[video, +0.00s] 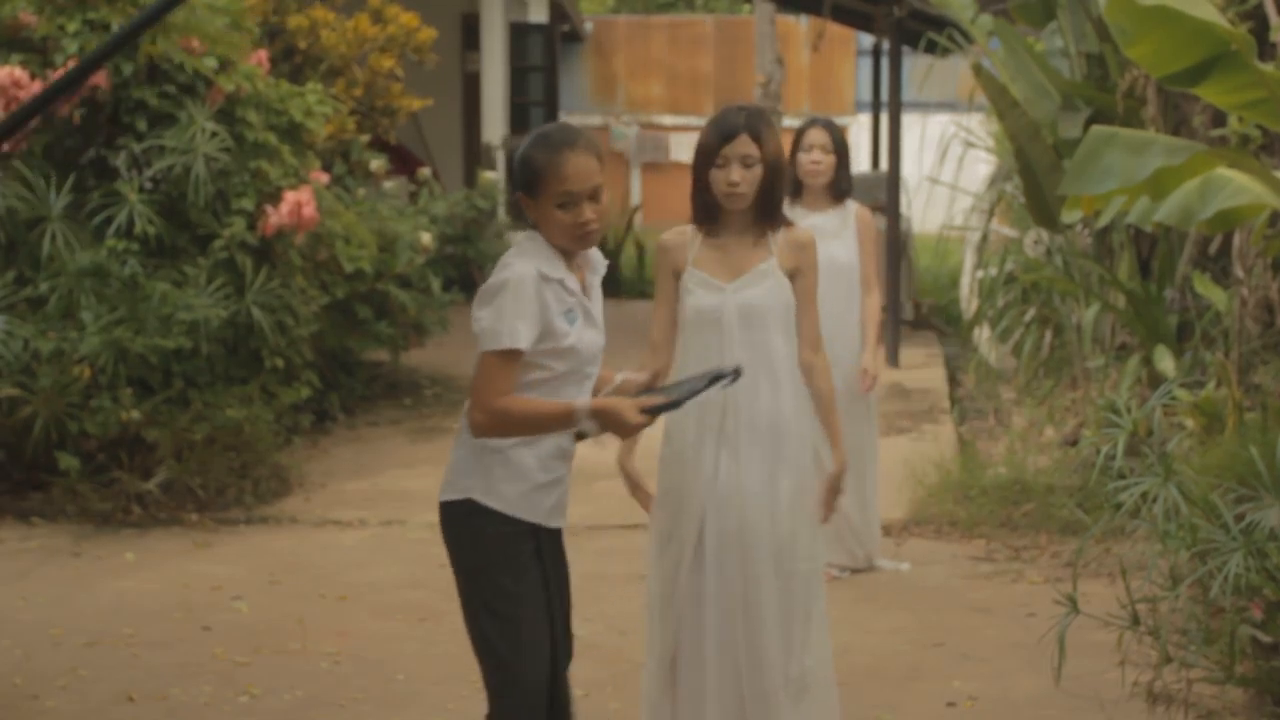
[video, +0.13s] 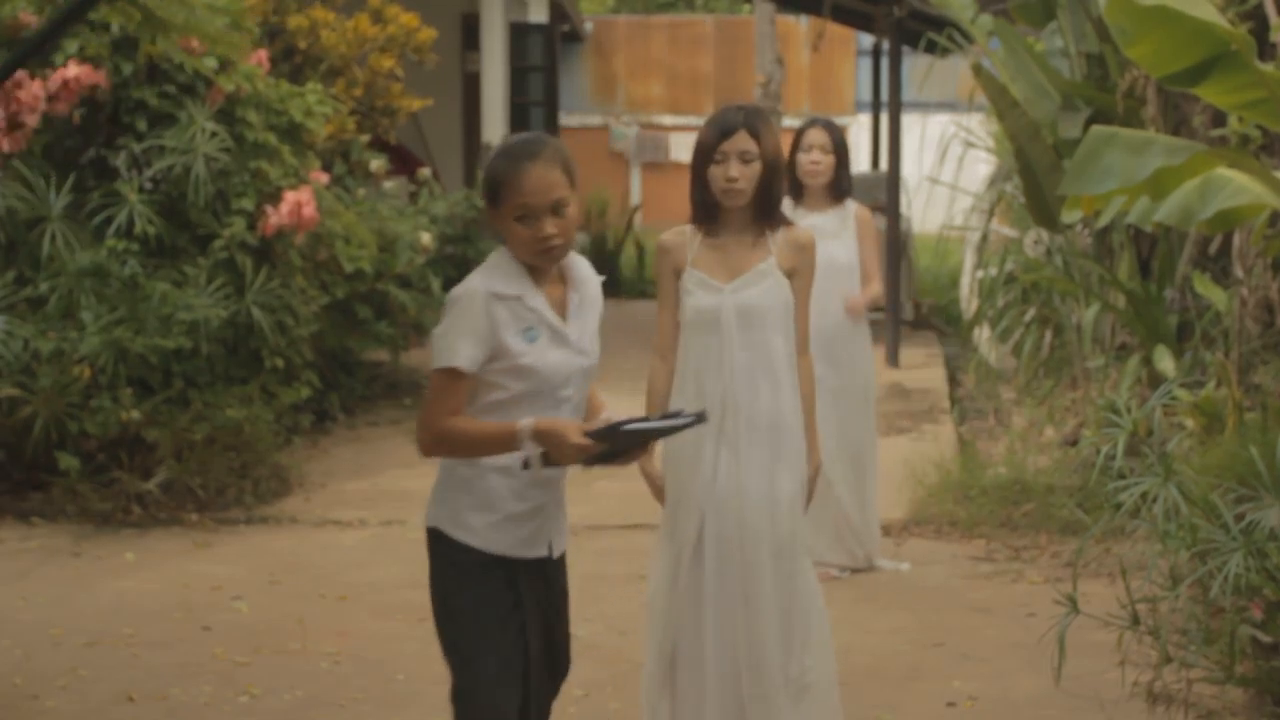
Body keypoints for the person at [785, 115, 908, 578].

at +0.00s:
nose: (815, 159)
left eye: (825, 151)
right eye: (807, 150)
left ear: (840, 160)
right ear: (793, 159)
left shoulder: (858, 218)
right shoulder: (779, 218)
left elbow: (871, 288)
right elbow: (769, 290)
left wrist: (871, 349)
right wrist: (773, 351)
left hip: (846, 348)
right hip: (793, 348)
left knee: (851, 447)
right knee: (800, 445)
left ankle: (852, 545)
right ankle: (807, 547)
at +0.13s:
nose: (815, 160)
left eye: (825, 151)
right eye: (806, 151)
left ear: (840, 160)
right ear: (793, 159)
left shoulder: (857, 217)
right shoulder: (780, 217)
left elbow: (875, 280)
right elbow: (763, 275)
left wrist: (862, 298)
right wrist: (776, 309)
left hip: (845, 345)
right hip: (793, 344)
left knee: (849, 442)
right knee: (801, 440)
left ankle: (851, 544)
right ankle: (807, 546)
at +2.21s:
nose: (819, 162)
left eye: (829, 155)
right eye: (812, 152)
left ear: (841, 162)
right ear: (798, 157)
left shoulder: (859, 218)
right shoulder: (781, 216)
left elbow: (874, 289)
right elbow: (771, 289)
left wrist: (880, 354)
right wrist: (773, 352)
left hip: (851, 347)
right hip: (797, 348)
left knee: (853, 446)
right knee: (804, 443)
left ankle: (855, 545)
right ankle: (813, 545)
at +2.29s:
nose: (819, 160)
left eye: (829, 153)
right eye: (811, 150)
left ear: (841, 161)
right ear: (797, 157)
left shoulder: (859, 217)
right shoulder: (781, 215)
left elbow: (873, 288)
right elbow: (771, 288)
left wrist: (878, 355)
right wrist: (772, 352)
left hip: (849, 350)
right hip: (796, 349)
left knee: (850, 448)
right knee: (801, 443)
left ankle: (851, 546)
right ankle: (808, 544)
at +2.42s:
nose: (817, 158)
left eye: (827, 150)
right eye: (809, 149)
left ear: (840, 159)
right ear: (796, 156)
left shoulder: (858, 217)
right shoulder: (781, 216)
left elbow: (873, 287)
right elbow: (770, 288)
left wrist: (876, 354)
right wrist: (771, 351)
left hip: (847, 351)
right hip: (794, 350)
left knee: (848, 447)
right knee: (800, 443)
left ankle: (849, 546)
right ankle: (805, 544)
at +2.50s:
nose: (817, 158)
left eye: (826, 149)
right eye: (808, 149)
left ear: (839, 158)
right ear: (794, 157)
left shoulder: (858, 217)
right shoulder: (780, 217)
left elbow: (873, 287)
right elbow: (770, 288)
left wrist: (876, 354)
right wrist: (771, 351)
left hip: (847, 351)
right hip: (794, 350)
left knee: (848, 447)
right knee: (799, 443)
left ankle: (851, 546)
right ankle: (806, 545)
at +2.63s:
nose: (815, 158)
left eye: (824, 150)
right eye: (805, 150)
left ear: (837, 157)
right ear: (793, 158)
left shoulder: (859, 218)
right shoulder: (779, 218)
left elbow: (873, 288)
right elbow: (769, 290)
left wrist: (876, 354)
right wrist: (770, 352)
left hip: (847, 351)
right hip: (794, 350)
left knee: (847, 447)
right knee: (799, 443)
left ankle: (849, 546)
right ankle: (805, 545)